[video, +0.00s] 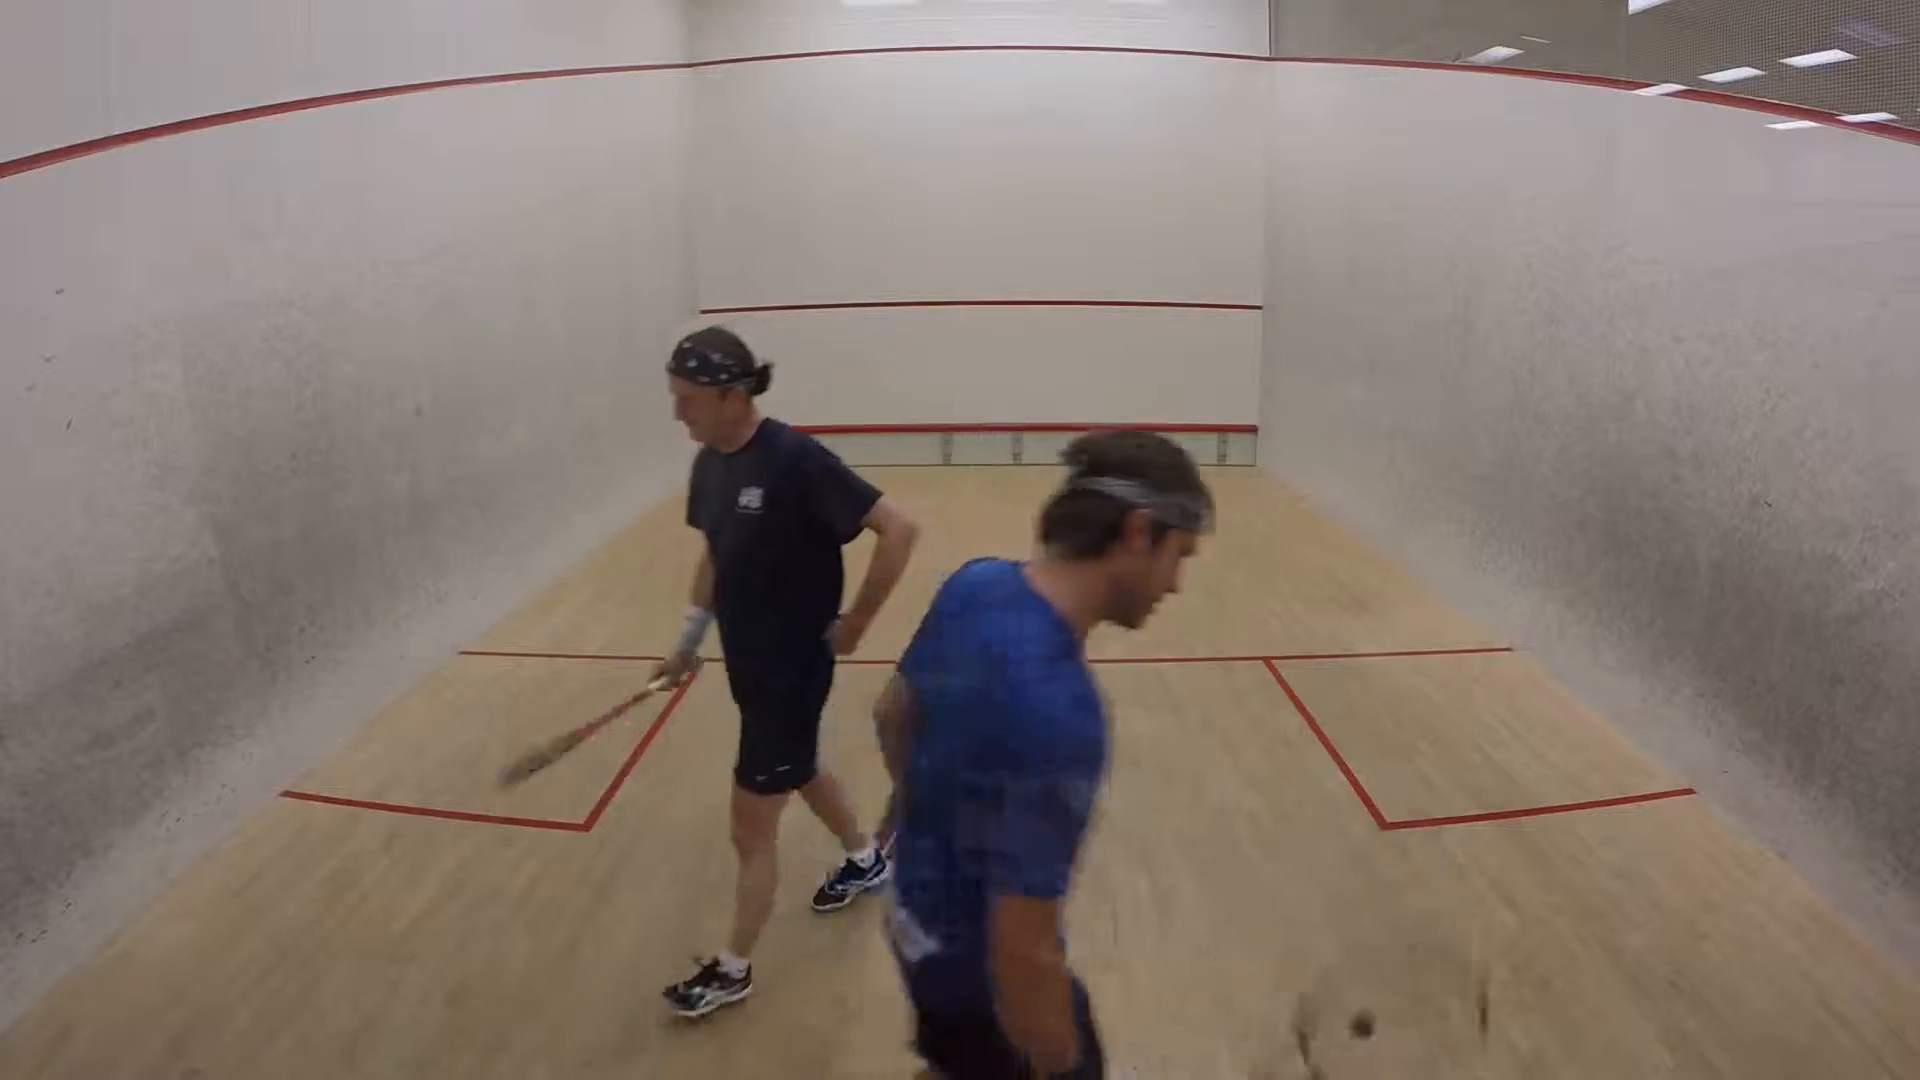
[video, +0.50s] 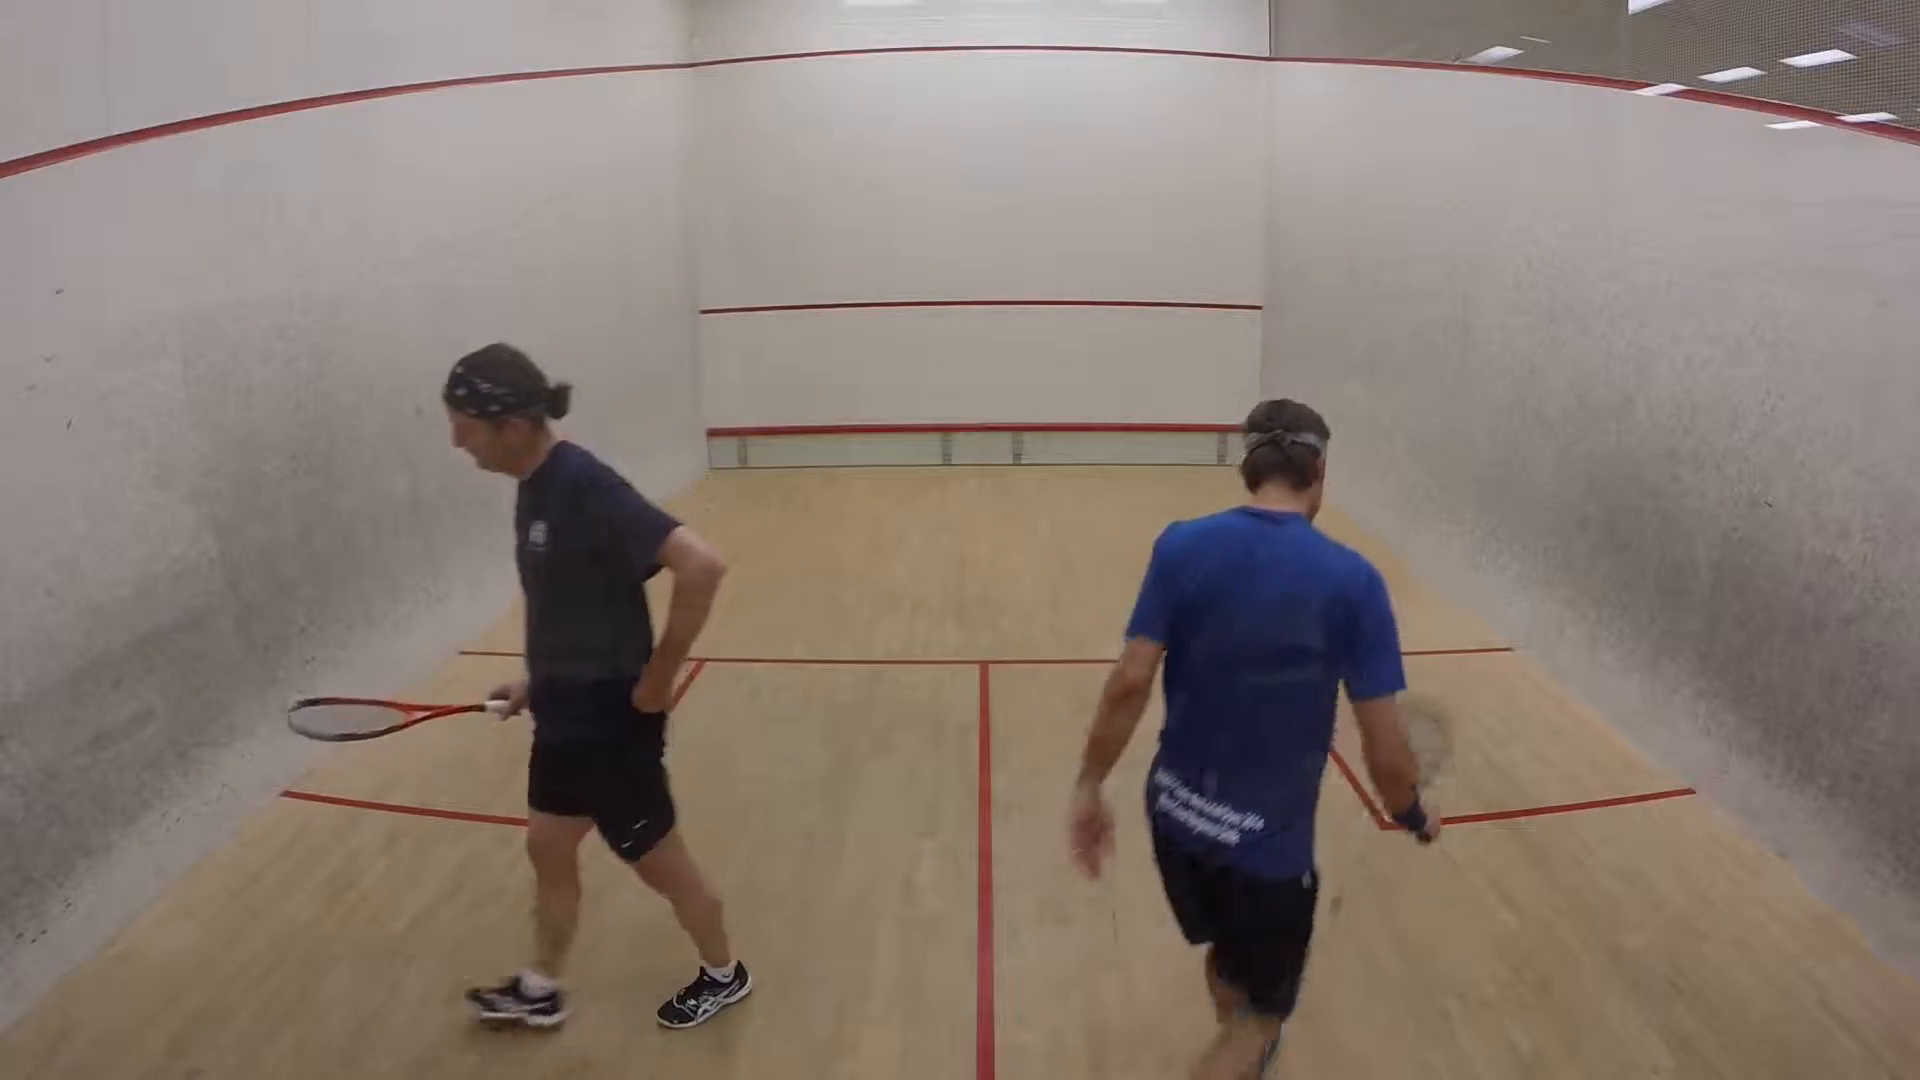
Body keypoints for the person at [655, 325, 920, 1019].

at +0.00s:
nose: (677, 412)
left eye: (686, 398)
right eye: (676, 398)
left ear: (731, 395)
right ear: (716, 395)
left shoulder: (797, 459)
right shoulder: (711, 462)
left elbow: (898, 529)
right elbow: (714, 558)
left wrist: (858, 622)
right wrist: (687, 645)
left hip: (796, 665)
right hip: (746, 659)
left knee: (752, 825)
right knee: (802, 767)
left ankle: (734, 968)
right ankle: (866, 854)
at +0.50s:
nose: (457, 441)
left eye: (464, 427)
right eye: (455, 426)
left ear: (512, 424)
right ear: (512, 425)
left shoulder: (586, 482)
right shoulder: (536, 488)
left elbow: (699, 567)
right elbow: (563, 600)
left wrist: (662, 673)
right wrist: (532, 680)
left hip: (613, 711)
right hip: (562, 709)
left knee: (658, 857)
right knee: (549, 848)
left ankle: (724, 972)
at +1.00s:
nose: (289, 432)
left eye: (288, 421)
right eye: (289, 419)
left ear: (301, 432)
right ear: (363, 410)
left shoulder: (374, 503)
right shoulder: (401, 481)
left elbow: (442, 617)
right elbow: (425, 608)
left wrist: (407, 716)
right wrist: (363, 699)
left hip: (395, 750)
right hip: (449, 731)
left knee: (360, 931)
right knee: (466, 868)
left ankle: (457, 1063)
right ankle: (512, 1006)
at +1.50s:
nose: (317, 437)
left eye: (314, 422)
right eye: (309, 423)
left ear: (227, 440)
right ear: (273, 435)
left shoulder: (166, 547)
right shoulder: (335, 531)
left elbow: (132, 696)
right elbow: (417, 672)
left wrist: (206, 677)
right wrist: (373, 676)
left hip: (263, 804)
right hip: (368, 776)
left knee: (325, 978)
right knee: (447, 912)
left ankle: (360, 1076)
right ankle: (505, 1024)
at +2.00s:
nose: (405, 447)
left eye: (403, 431)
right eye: (396, 432)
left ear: (329, 441)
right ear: (353, 441)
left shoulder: (250, 551)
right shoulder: (392, 546)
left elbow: (246, 684)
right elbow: (531, 596)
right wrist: (474, 531)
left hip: (349, 805)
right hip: (447, 791)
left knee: (371, 974)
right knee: (547, 957)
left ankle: (379, 1077)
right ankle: (629, 1074)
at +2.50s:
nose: (499, 446)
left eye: (498, 435)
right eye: (494, 437)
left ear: (406, 431)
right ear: (474, 444)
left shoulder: (331, 517)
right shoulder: (472, 521)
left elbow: (294, 644)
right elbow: (572, 476)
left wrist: (380, 625)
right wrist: (502, 451)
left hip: (412, 801)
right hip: (509, 792)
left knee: (423, 952)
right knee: (572, 958)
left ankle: (435, 1070)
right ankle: (632, 1072)